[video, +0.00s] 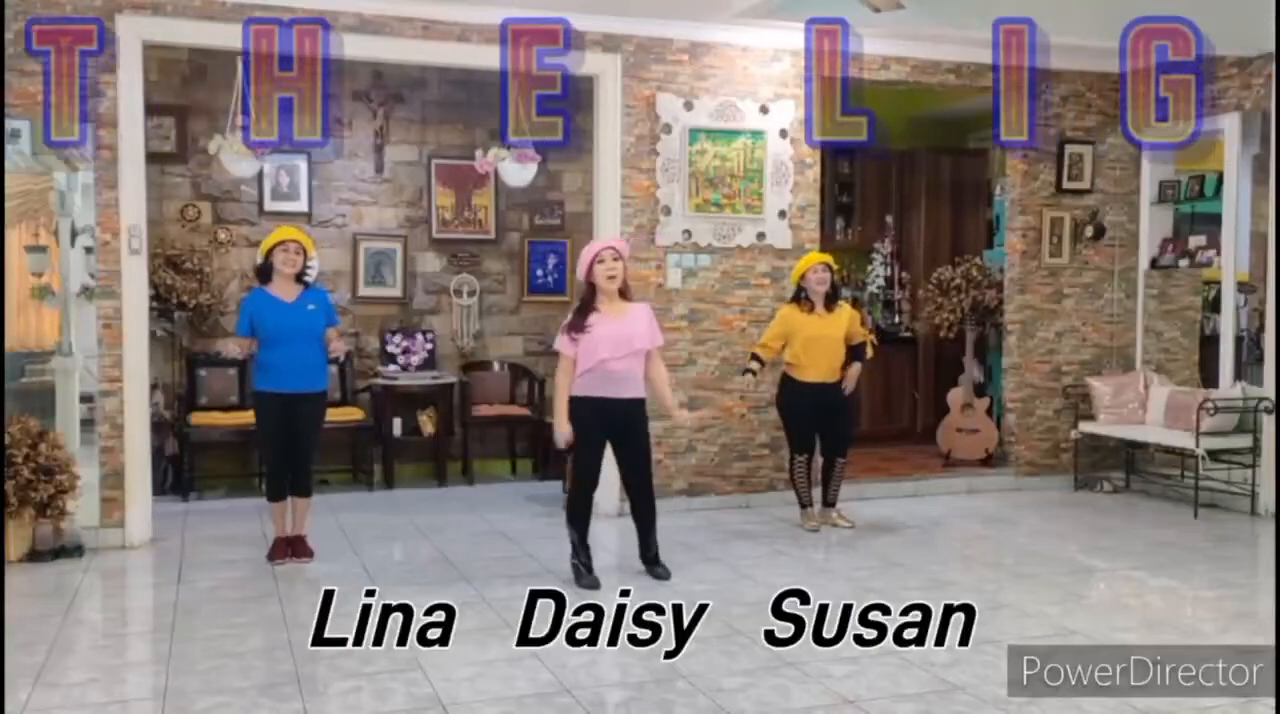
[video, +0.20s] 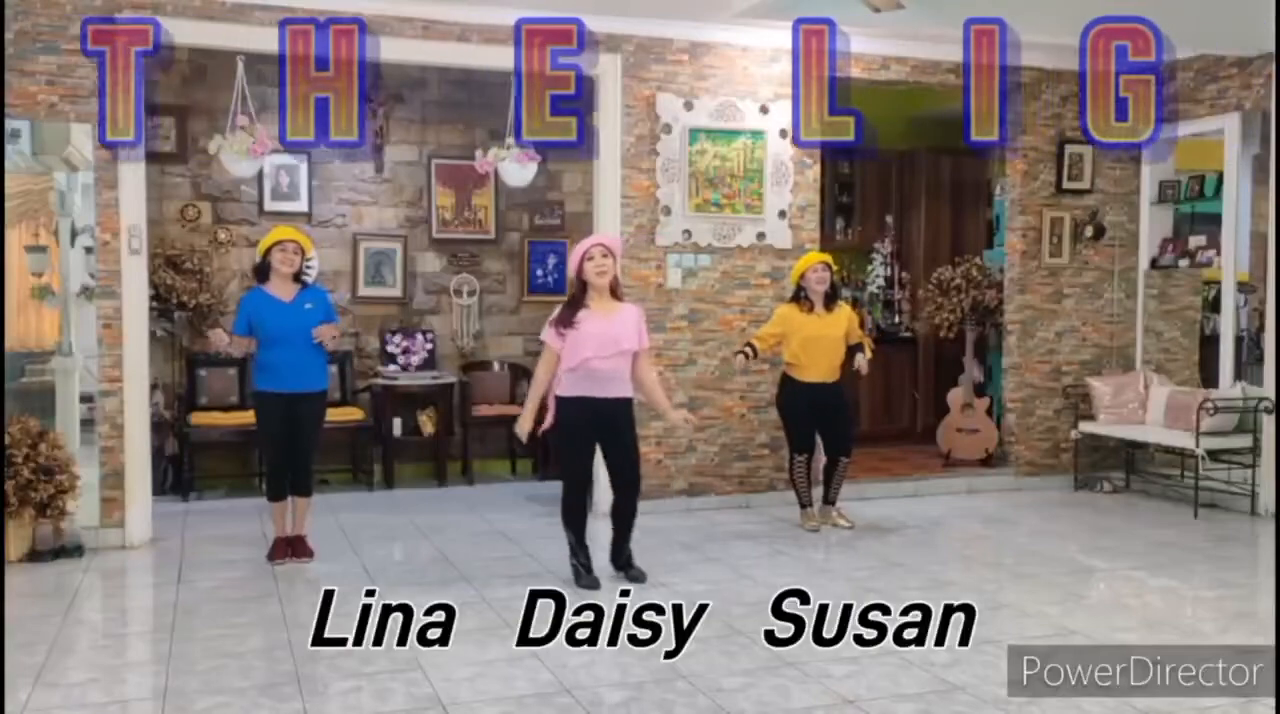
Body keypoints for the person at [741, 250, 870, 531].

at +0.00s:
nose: (820, 276)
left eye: (825, 270)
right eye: (814, 271)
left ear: (832, 278)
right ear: (802, 280)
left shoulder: (845, 313)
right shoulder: (790, 313)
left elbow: (861, 342)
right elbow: (767, 345)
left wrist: (856, 367)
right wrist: (752, 368)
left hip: (833, 390)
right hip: (796, 389)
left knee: (837, 450)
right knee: (802, 450)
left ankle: (830, 508)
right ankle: (807, 510)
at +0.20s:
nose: (820, 275)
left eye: (824, 270)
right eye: (814, 271)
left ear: (832, 277)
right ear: (802, 279)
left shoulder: (844, 313)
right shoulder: (788, 313)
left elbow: (858, 340)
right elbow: (764, 338)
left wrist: (861, 353)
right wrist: (747, 351)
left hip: (830, 389)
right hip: (795, 389)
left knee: (841, 450)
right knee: (801, 450)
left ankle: (829, 508)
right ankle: (807, 510)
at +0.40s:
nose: (819, 274)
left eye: (823, 270)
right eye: (812, 271)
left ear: (831, 277)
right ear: (801, 280)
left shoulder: (844, 311)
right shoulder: (788, 313)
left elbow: (857, 342)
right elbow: (763, 341)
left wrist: (857, 357)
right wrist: (743, 345)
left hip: (831, 389)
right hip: (796, 389)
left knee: (837, 448)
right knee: (801, 449)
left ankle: (824, 507)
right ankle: (806, 509)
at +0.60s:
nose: (820, 276)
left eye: (824, 270)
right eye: (812, 272)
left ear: (830, 277)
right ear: (801, 281)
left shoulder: (845, 311)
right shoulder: (788, 315)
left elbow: (857, 343)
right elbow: (765, 344)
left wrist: (855, 358)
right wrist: (744, 351)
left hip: (831, 390)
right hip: (796, 389)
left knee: (843, 451)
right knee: (801, 449)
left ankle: (826, 506)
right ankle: (806, 510)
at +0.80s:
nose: (823, 274)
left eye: (826, 270)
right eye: (816, 271)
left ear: (833, 277)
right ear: (803, 281)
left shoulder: (846, 309)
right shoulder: (792, 315)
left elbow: (857, 340)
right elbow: (772, 351)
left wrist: (865, 358)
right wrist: (748, 359)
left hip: (833, 389)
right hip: (798, 389)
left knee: (847, 447)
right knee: (801, 449)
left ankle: (844, 504)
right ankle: (806, 509)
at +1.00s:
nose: (828, 275)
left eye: (832, 270)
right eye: (821, 271)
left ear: (838, 277)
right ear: (809, 281)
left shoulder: (851, 310)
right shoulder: (799, 316)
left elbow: (859, 345)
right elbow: (783, 355)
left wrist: (867, 365)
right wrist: (769, 372)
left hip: (837, 389)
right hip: (803, 388)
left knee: (849, 451)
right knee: (805, 449)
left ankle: (851, 509)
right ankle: (807, 509)